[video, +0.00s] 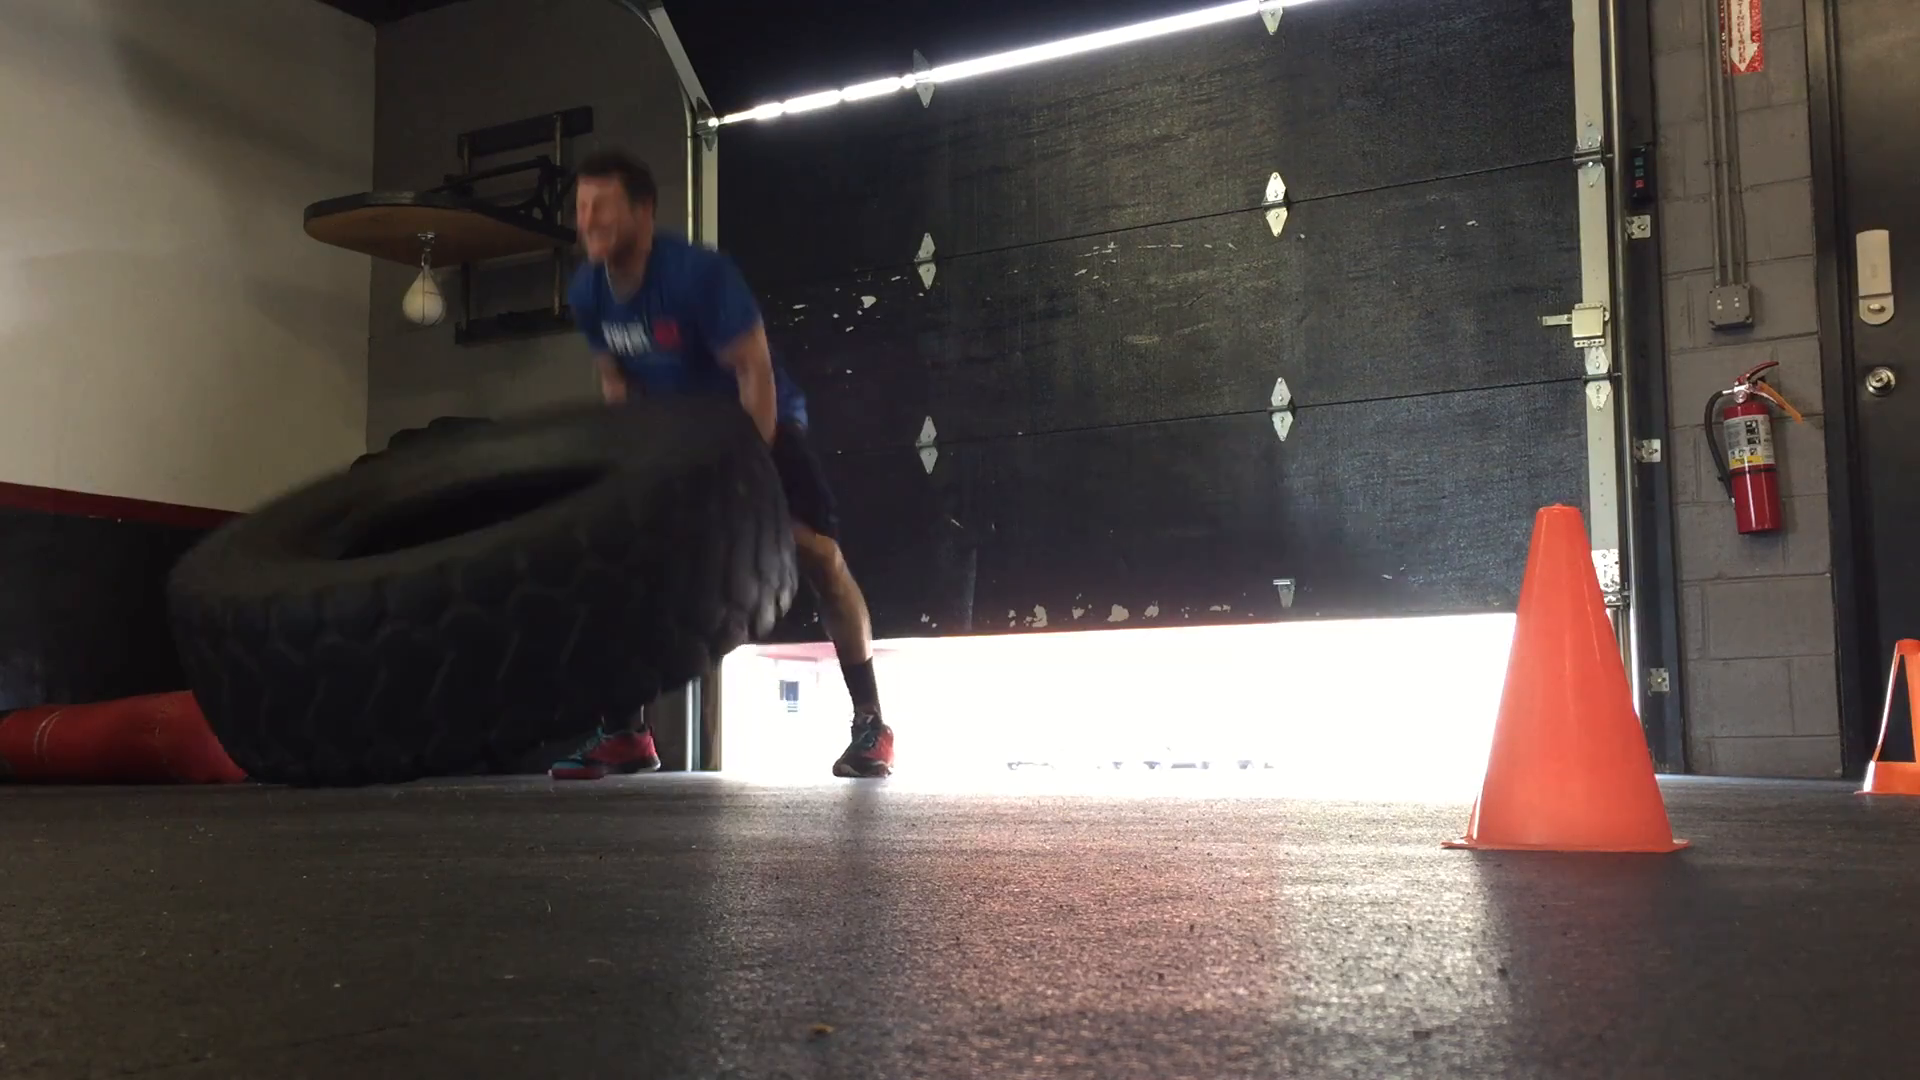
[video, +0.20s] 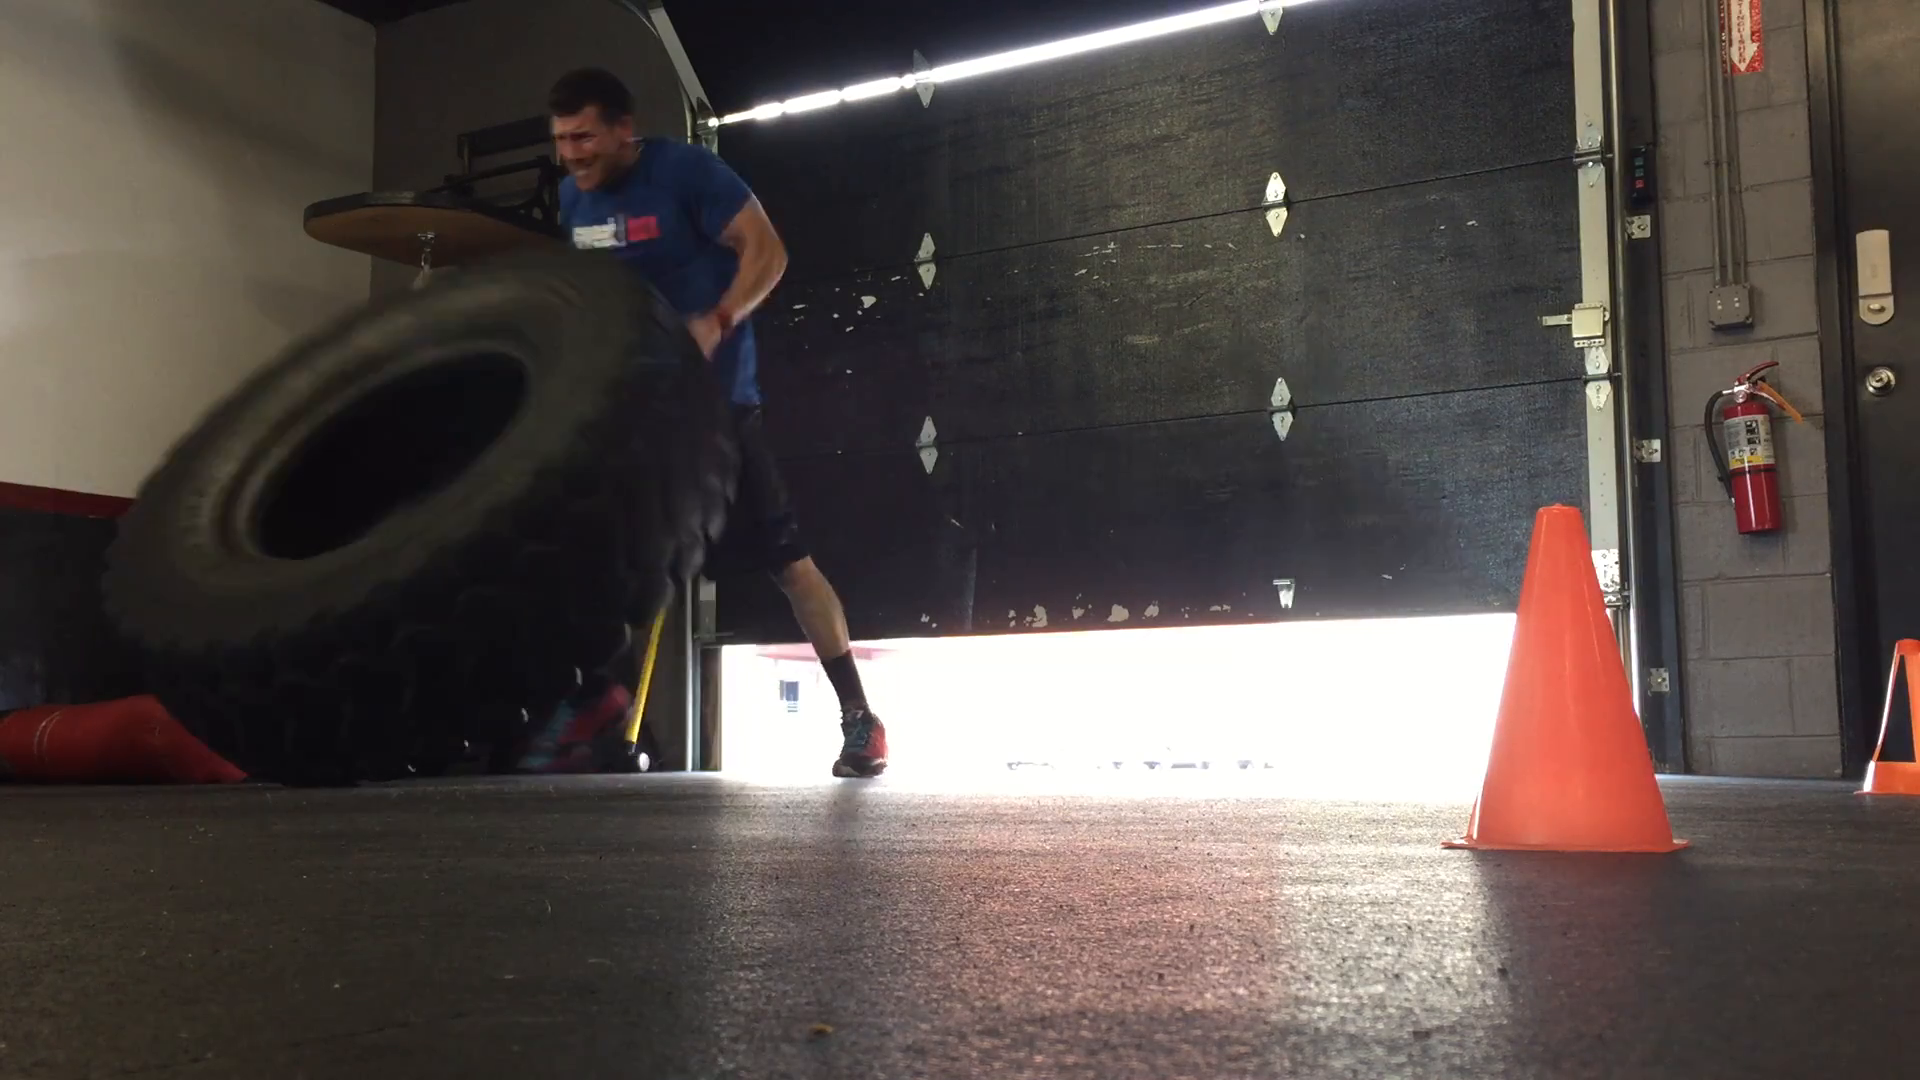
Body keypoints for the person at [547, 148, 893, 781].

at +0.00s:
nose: (590, 224)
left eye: (604, 209)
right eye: (582, 212)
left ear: (644, 212)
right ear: (575, 219)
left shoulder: (703, 274)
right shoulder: (588, 291)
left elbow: (757, 373)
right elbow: (614, 380)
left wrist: (746, 473)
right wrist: (633, 462)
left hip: (761, 428)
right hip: (677, 439)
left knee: (819, 556)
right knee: (628, 567)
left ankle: (870, 724)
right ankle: (628, 730)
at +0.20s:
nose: (570, 153)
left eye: (582, 138)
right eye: (561, 139)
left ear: (625, 130)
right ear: (555, 136)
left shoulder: (687, 169)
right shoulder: (574, 199)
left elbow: (767, 253)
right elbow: (591, 291)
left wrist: (719, 318)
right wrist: (583, 361)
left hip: (722, 403)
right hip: (638, 409)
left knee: (787, 559)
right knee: (623, 564)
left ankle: (859, 718)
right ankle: (613, 732)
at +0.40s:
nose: (512, 156)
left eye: (527, 140)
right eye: (501, 142)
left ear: (565, 140)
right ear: (491, 147)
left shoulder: (630, 207)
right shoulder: (509, 225)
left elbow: (695, 310)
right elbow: (496, 322)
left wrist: (599, 324)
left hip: (672, 421)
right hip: (573, 428)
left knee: (723, 565)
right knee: (517, 564)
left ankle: (842, 696)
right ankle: (498, 732)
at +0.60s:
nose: (544, 140)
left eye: (557, 126)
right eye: (529, 126)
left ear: (582, 134)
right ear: (507, 137)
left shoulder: (622, 192)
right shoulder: (504, 206)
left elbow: (619, 280)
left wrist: (519, 233)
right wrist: (469, 197)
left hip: (670, 386)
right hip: (579, 396)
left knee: (660, 519)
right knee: (521, 539)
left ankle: (769, 692)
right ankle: (500, 730)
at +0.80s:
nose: (650, 169)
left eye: (662, 156)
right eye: (633, 153)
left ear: (675, 167)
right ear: (594, 165)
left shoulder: (694, 246)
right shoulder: (564, 236)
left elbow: (791, 333)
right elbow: (473, 274)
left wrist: (701, 246)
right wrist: (447, 192)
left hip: (693, 434)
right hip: (601, 445)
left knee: (642, 516)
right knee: (494, 561)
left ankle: (745, 718)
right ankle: (496, 739)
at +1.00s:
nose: (833, 56)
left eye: (842, 43)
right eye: (816, 39)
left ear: (852, 58)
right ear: (771, 53)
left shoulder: (881, 144)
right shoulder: (731, 142)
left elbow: (1013, 202)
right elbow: (621, 167)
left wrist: (938, 154)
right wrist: (596, 69)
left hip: (852, 378)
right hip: (758, 373)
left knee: (742, 508)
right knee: (643, 525)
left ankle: (756, 719)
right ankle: (633, 699)